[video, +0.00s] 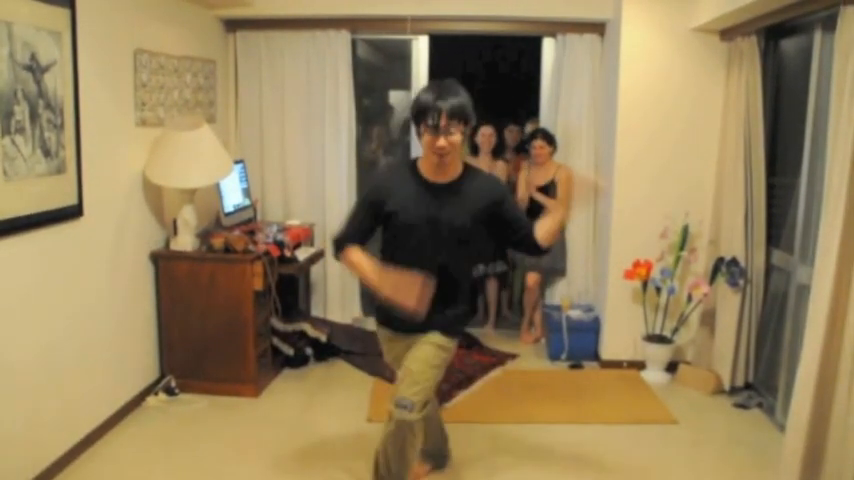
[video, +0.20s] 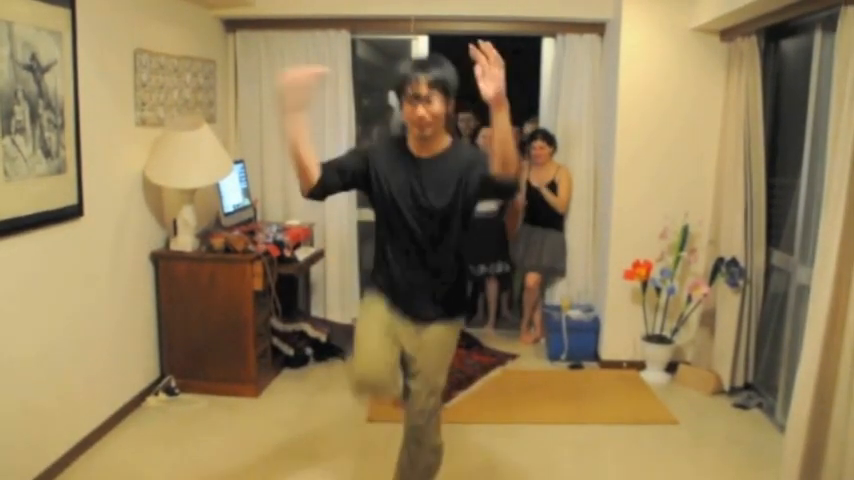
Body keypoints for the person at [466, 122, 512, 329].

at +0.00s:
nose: (486, 139)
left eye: (490, 135)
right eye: (482, 135)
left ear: (496, 139)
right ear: (475, 137)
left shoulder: (500, 166)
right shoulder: (468, 164)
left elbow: (501, 196)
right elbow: (464, 192)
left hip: (493, 228)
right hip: (470, 227)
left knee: (491, 274)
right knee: (472, 272)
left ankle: (491, 318)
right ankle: (474, 314)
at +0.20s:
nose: (486, 142)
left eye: (490, 137)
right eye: (482, 137)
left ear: (497, 140)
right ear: (476, 140)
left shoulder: (504, 166)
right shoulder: (472, 166)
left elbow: (511, 199)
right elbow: (464, 196)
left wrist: (509, 228)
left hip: (495, 220)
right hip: (474, 220)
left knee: (492, 274)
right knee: (477, 272)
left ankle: (491, 318)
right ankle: (478, 313)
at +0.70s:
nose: (488, 142)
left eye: (492, 137)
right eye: (484, 137)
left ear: (498, 142)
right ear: (477, 141)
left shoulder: (504, 167)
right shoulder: (469, 165)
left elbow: (504, 197)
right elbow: (461, 192)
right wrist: (463, 180)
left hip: (495, 215)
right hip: (474, 215)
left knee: (494, 267)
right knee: (473, 265)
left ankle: (493, 313)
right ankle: (472, 311)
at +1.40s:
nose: (487, 141)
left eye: (491, 137)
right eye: (483, 137)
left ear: (496, 141)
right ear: (476, 140)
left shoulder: (502, 166)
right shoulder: (469, 163)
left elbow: (500, 193)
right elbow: (463, 192)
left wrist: (497, 168)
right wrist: (470, 173)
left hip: (493, 217)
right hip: (472, 216)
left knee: (491, 273)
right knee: (467, 272)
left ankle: (491, 318)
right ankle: (461, 316)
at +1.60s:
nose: (486, 142)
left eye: (490, 138)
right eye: (482, 138)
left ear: (496, 142)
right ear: (476, 141)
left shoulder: (501, 168)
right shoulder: (466, 164)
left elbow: (501, 197)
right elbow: (459, 193)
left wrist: (489, 185)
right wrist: (479, 188)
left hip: (493, 218)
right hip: (470, 217)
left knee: (492, 274)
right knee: (466, 273)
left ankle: (491, 320)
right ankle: (461, 316)